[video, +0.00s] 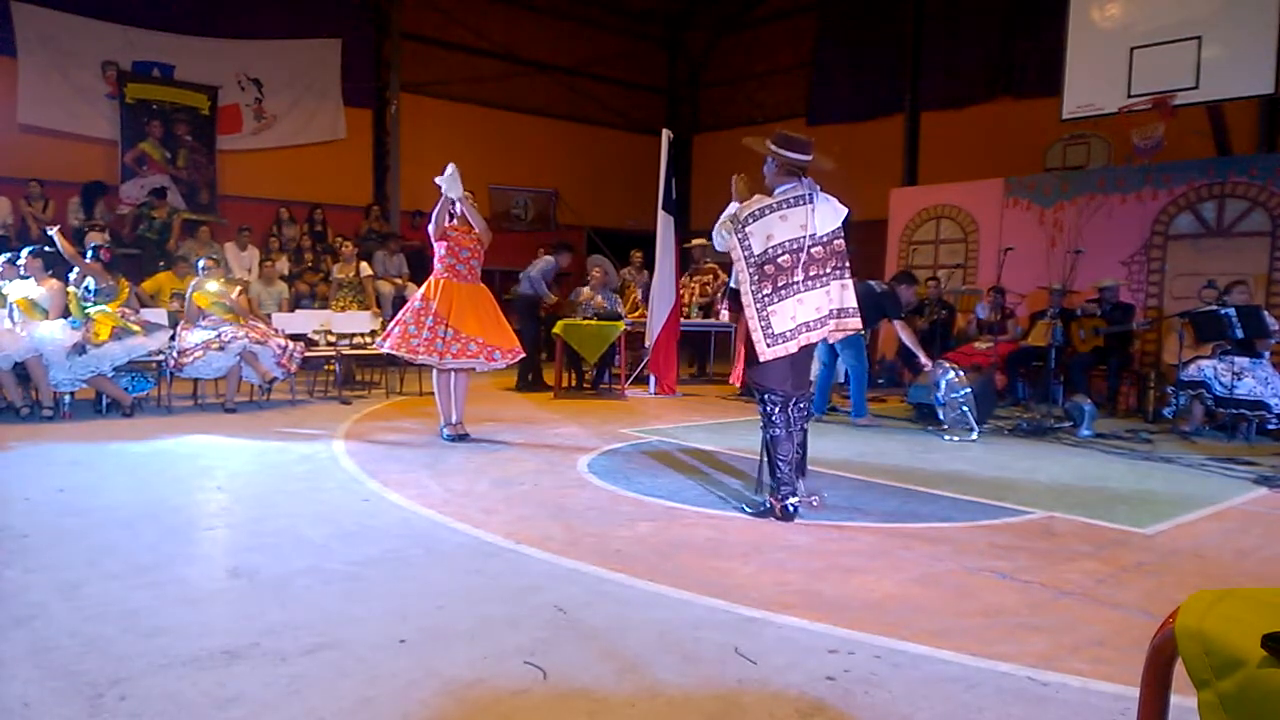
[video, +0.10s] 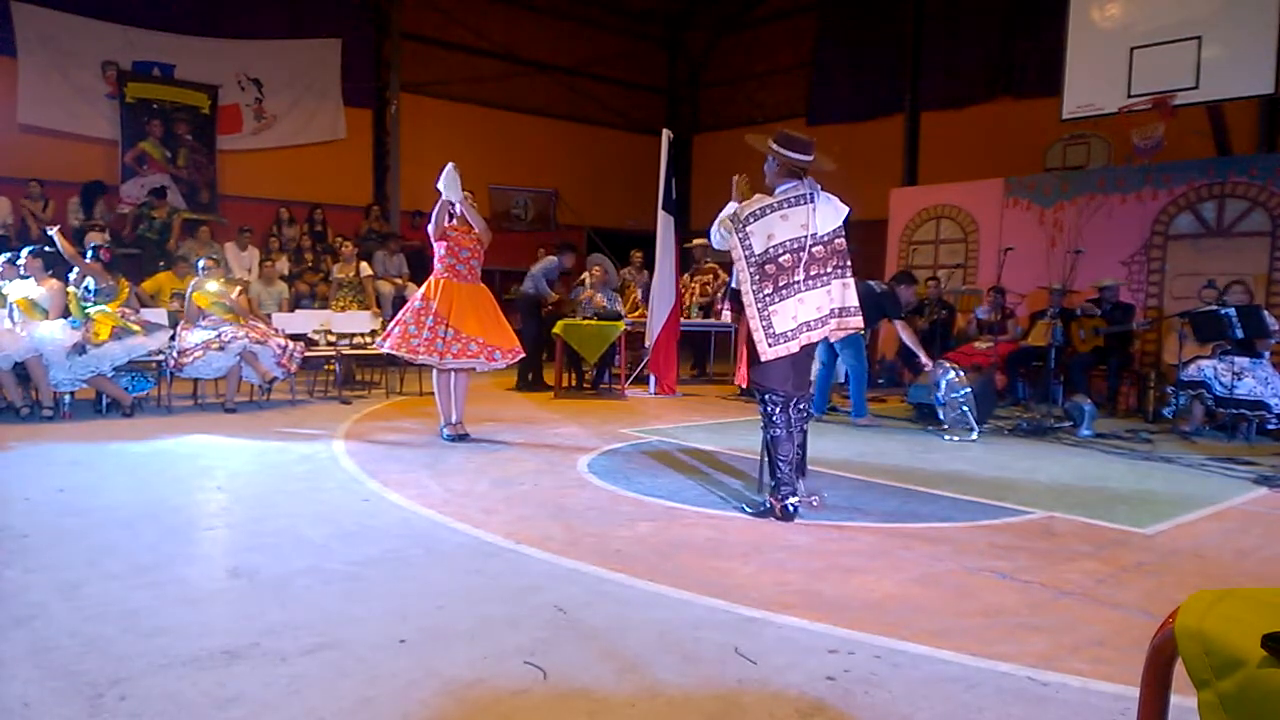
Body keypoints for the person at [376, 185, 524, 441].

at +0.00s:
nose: (462, 208)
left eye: (467, 203)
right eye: (459, 205)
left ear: (474, 209)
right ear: (452, 209)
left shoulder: (481, 237)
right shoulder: (441, 233)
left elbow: (482, 226)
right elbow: (436, 223)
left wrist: (461, 197)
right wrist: (445, 195)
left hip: (469, 296)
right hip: (442, 294)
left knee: (463, 364)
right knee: (443, 364)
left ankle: (458, 421)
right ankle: (445, 422)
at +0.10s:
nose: (463, 208)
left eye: (468, 204)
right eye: (459, 205)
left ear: (474, 209)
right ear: (452, 209)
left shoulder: (481, 237)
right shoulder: (441, 233)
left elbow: (481, 226)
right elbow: (436, 223)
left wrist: (462, 201)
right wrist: (445, 197)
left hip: (470, 296)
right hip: (443, 294)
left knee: (463, 364)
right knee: (443, 363)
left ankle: (459, 421)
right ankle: (446, 422)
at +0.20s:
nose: (461, 210)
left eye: (466, 205)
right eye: (457, 207)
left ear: (473, 209)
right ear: (451, 211)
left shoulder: (480, 237)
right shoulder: (441, 233)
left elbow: (481, 226)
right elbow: (436, 224)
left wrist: (464, 203)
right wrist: (444, 197)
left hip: (469, 296)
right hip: (442, 295)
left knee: (463, 364)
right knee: (443, 364)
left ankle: (459, 421)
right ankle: (446, 422)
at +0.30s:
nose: (458, 210)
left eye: (462, 206)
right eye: (454, 208)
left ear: (469, 209)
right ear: (449, 211)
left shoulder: (480, 237)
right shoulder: (440, 233)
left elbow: (481, 224)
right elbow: (436, 223)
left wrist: (465, 200)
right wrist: (443, 197)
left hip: (469, 296)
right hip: (442, 295)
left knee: (463, 364)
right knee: (443, 364)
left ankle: (459, 421)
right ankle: (446, 422)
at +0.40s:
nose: (460, 210)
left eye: (464, 205)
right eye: (455, 206)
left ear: (469, 210)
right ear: (449, 210)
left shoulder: (479, 237)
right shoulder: (439, 233)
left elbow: (481, 224)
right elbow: (436, 222)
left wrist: (462, 199)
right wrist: (444, 194)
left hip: (468, 295)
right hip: (442, 294)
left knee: (463, 364)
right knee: (443, 363)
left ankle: (459, 421)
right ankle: (445, 422)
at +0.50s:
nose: (458, 210)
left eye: (461, 207)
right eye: (454, 207)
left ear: (467, 210)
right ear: (447, 211)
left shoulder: (478, 236)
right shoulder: (438, 232)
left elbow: (482, 223)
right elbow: (437, 223)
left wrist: (462, 198)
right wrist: (444, 196)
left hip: (469, 295)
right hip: (442, 294)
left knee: (463, 364)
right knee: (443, 363)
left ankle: (458, 421)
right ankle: (446, 422)